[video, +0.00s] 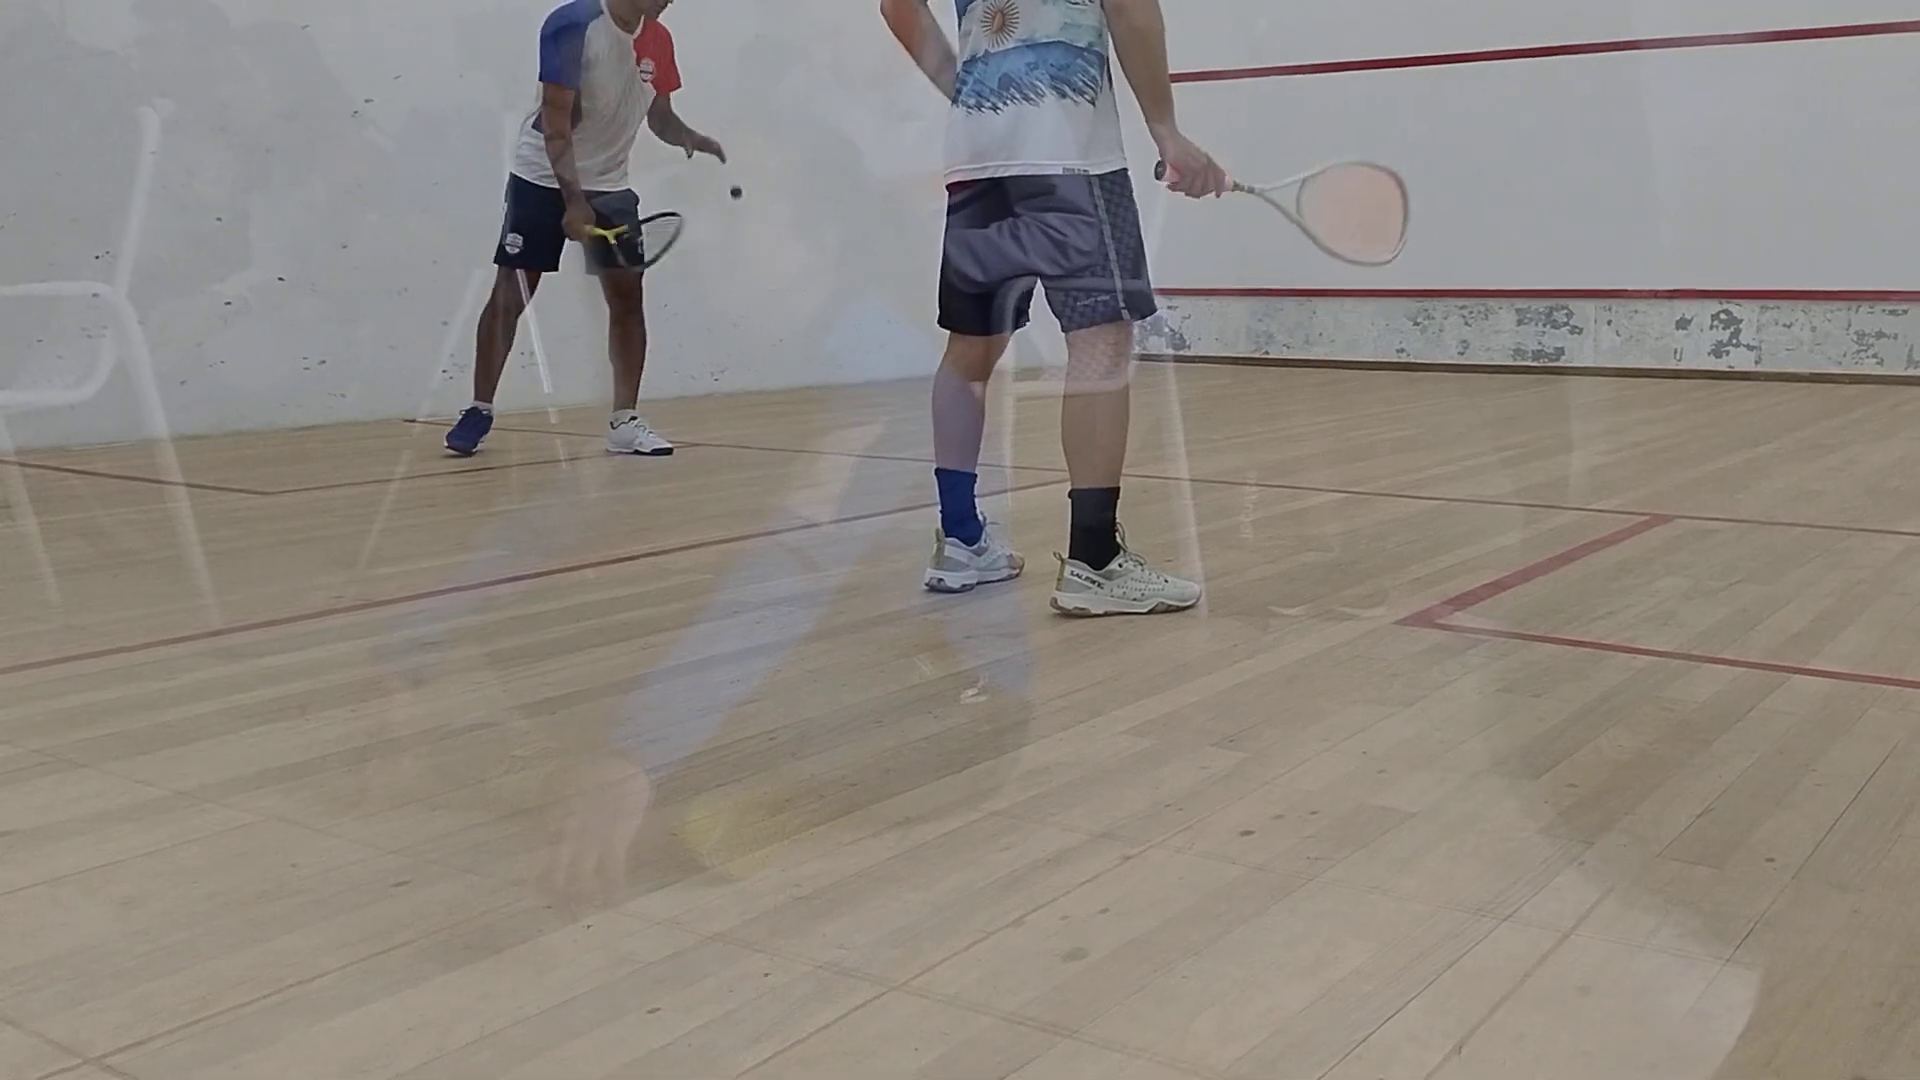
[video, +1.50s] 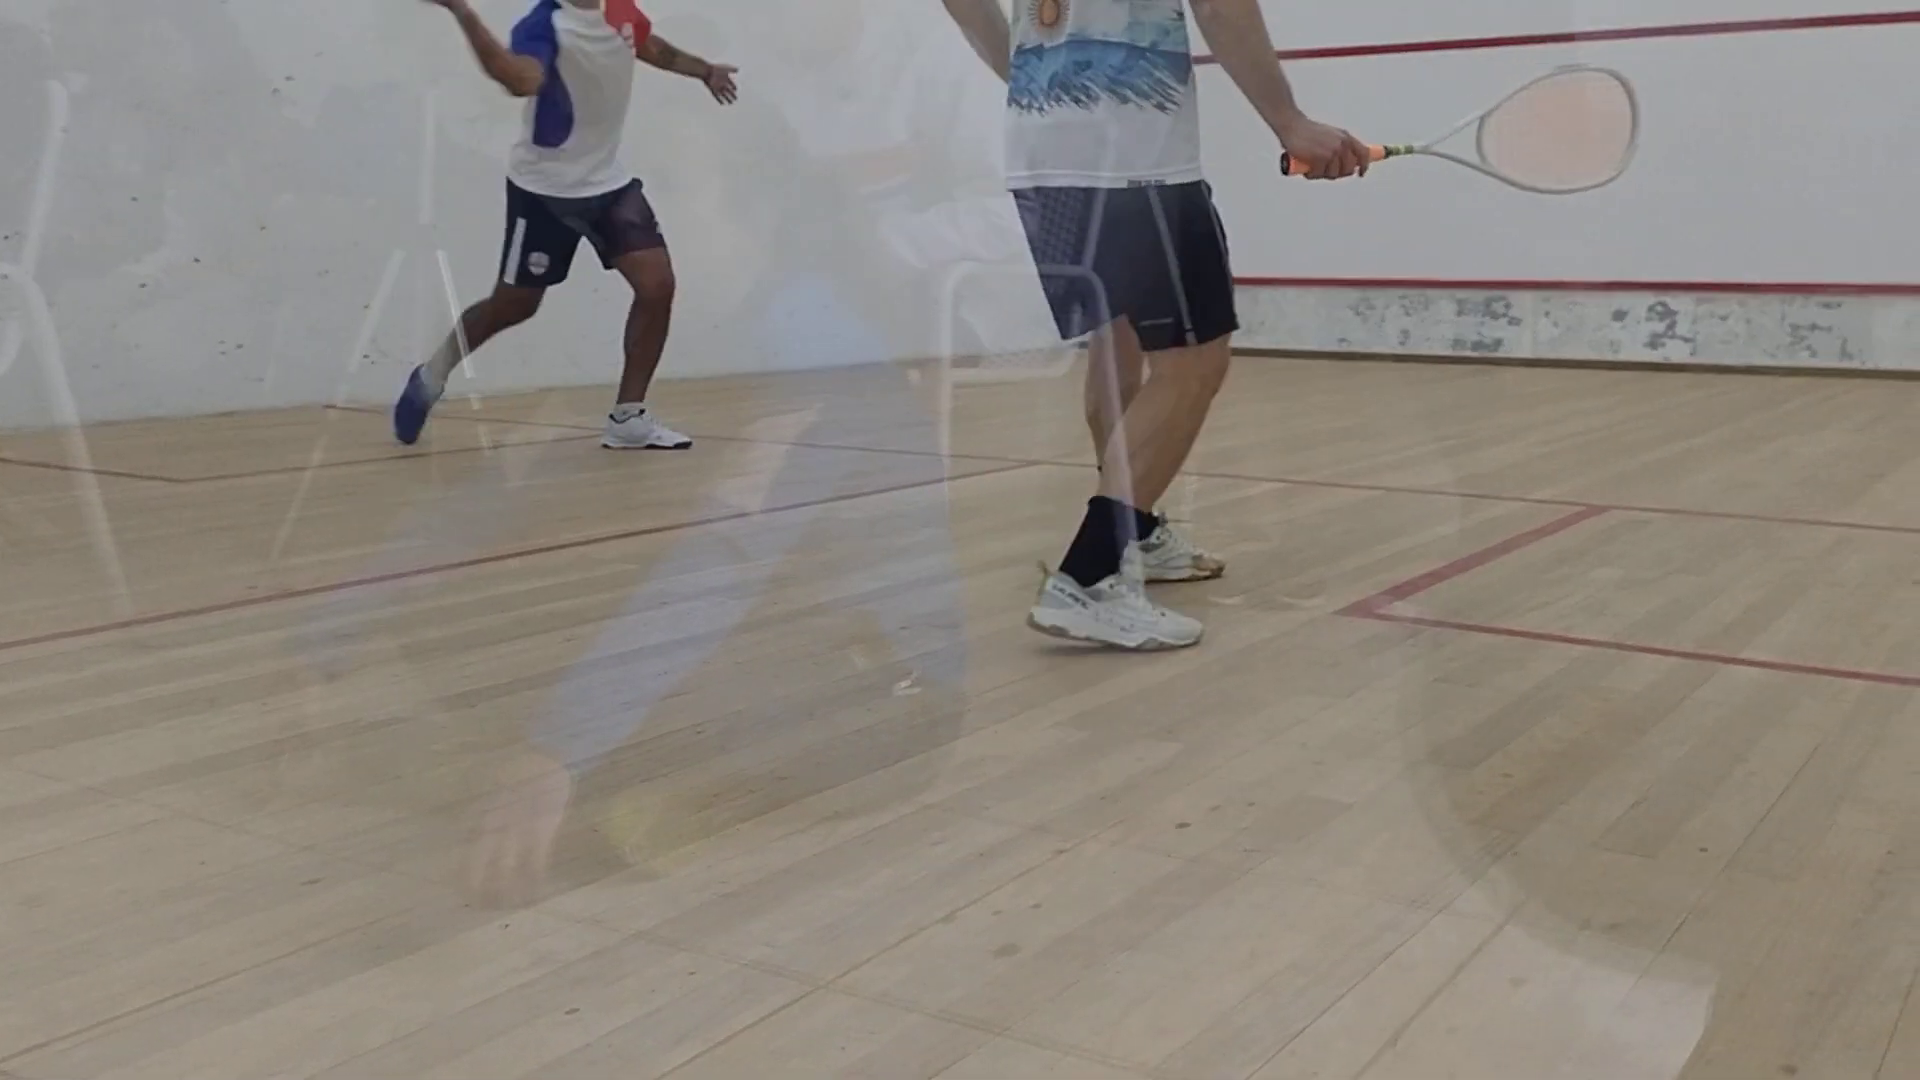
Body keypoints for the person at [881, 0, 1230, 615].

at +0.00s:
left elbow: (899, 5)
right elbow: (1129, 8)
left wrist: (967, 89)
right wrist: (1168, 130)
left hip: (973, 134)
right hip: (1069, 130)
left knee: (968, 351)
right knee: (1099, 347)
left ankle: (959, 541)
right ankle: (1095, 561)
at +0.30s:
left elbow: (895, 8)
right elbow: (1142, 7)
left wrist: (955, 80)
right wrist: (1208, 106)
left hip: (957, 129)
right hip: (1056, 126)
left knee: (960, 338)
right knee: (1096, 335)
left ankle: (956, 538)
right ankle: (1091, 557)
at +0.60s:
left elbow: (917, 5)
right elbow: (1163, 6)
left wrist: (983, 69)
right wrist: (1233, 99)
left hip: (963, 133)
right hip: (1060, 131)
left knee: (957, 346)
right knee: (1114, 338)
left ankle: (946, 535)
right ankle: (1076, 554)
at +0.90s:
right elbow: (1215, 1)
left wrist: (1023, 54)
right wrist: (1281, 91)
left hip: (1020, 107)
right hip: (1118, 108)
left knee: (1045, 310)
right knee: (1139, 336)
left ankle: (986, 507)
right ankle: (1067, 551)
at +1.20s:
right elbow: (1239, 4)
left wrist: (1051, 78)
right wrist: (1310, 112)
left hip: (1060, 130)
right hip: (1141, 133)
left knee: (1142, 331)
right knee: (1229, 335)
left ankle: (1149, 529)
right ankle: (1086, 519)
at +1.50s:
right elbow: (1219, 5)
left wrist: (1034, 76)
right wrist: (1292, 123)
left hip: (1039, 137)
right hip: (1132, 138)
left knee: (1113, 337)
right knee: (1193, 360)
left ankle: (1137, 534)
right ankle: (1087, 580)